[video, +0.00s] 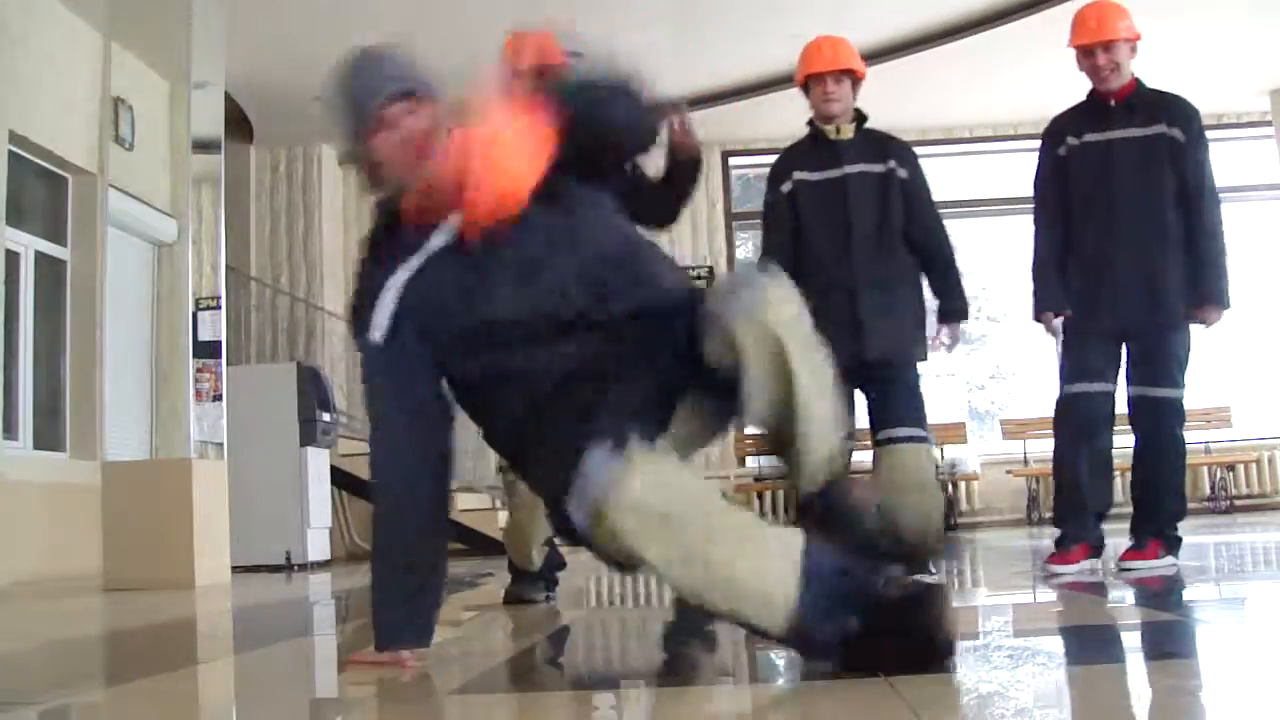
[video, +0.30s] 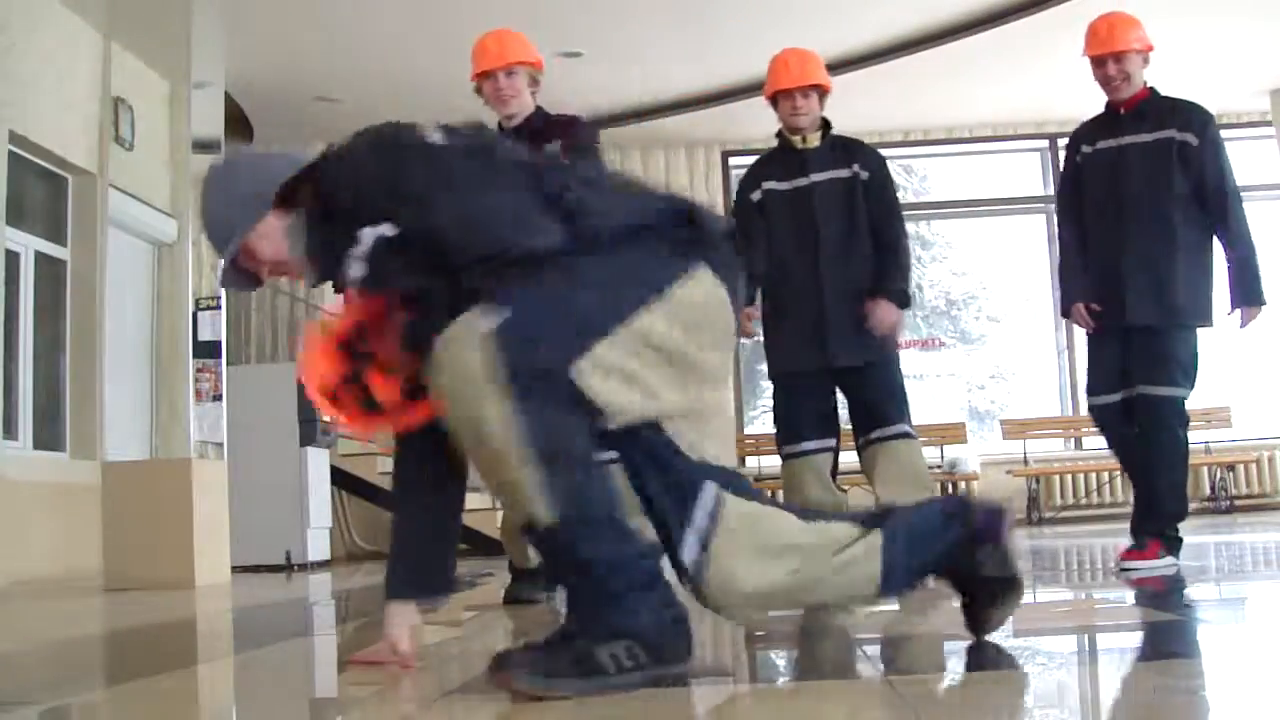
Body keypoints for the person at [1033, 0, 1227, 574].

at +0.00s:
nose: (1101, 59)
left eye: (1110, 47)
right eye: (1089, 51)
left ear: (1132, 46)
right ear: (1077, 57)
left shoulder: (1176, 115)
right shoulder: (1061, 131)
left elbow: (1202, 204)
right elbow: (1048, 219)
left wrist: (1209, 287)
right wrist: (1048, 291)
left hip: (1161, 298)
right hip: (1087, 301)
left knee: (1158, 422)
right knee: (1079, 421)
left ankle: (1155, 538)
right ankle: (1079, 537)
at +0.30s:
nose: (1109, 69)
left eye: (1119, 57)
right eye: (1099, 60)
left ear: (1145, 56)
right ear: (1091, 66)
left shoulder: (1190, 121)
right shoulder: (1083, 140)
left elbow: (1226, 207)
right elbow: (1070, 224)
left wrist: (1246, 283)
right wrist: (1073, 290)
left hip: (1171, 296)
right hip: (1106, 301)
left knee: (1159, 409)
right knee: (1106, 406)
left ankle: (1161, 540)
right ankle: (1155, 519)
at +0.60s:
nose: (1127, 93)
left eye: (1135, 81)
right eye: (1117, 85)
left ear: (1161, 77)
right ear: (1109, 89)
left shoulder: (1203, 133)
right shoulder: (1113, 160)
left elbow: (1243, 191)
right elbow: (1098, 238)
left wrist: (1200, 216)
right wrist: (1087, 305)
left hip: (1197, 301)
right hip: (1143, 306)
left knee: (1175, 411)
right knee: (1177, 416)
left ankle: (1159, 535)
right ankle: (1231, 526)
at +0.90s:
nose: (1145, 93)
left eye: (1154, 81)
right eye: (1136, 86)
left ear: (1179, 78)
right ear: (1130, 93)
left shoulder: (1214, 130)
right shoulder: (1141, 162)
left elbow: (1263, 135)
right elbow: (1121, 232)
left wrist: (1196, 89)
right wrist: (1071, 264)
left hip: (1225, 292)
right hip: (1175, 301)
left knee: (1208, 404)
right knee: (1188, 410)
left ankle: (1217, 528)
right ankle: (1232, 527)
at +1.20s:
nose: (1167, 85)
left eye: (1176, 73)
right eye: (1159, 77)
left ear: (1201, 75)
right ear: (1153, 86)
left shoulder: (1239, 127)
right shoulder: (1148, 155)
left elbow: (1271, 102)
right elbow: (1093, 175)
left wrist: (1204, 66)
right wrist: (1103, 117)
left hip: (1247, 294)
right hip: (1186, 306)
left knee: (1266, 413)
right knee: (1204, 423)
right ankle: (1232, 530)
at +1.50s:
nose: (1203, 77)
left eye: (1212, 64)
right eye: (1195, 69)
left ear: (1238, 67)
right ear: (1189, 79)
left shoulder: (1271, 119)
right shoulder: (1178, 142)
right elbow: (1119, 141)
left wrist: (1238, 55)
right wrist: (1153, 82)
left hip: (1275, 294)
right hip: (1219, 301)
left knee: (1279, 401)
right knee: (1221, 414)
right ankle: (1233, 526)